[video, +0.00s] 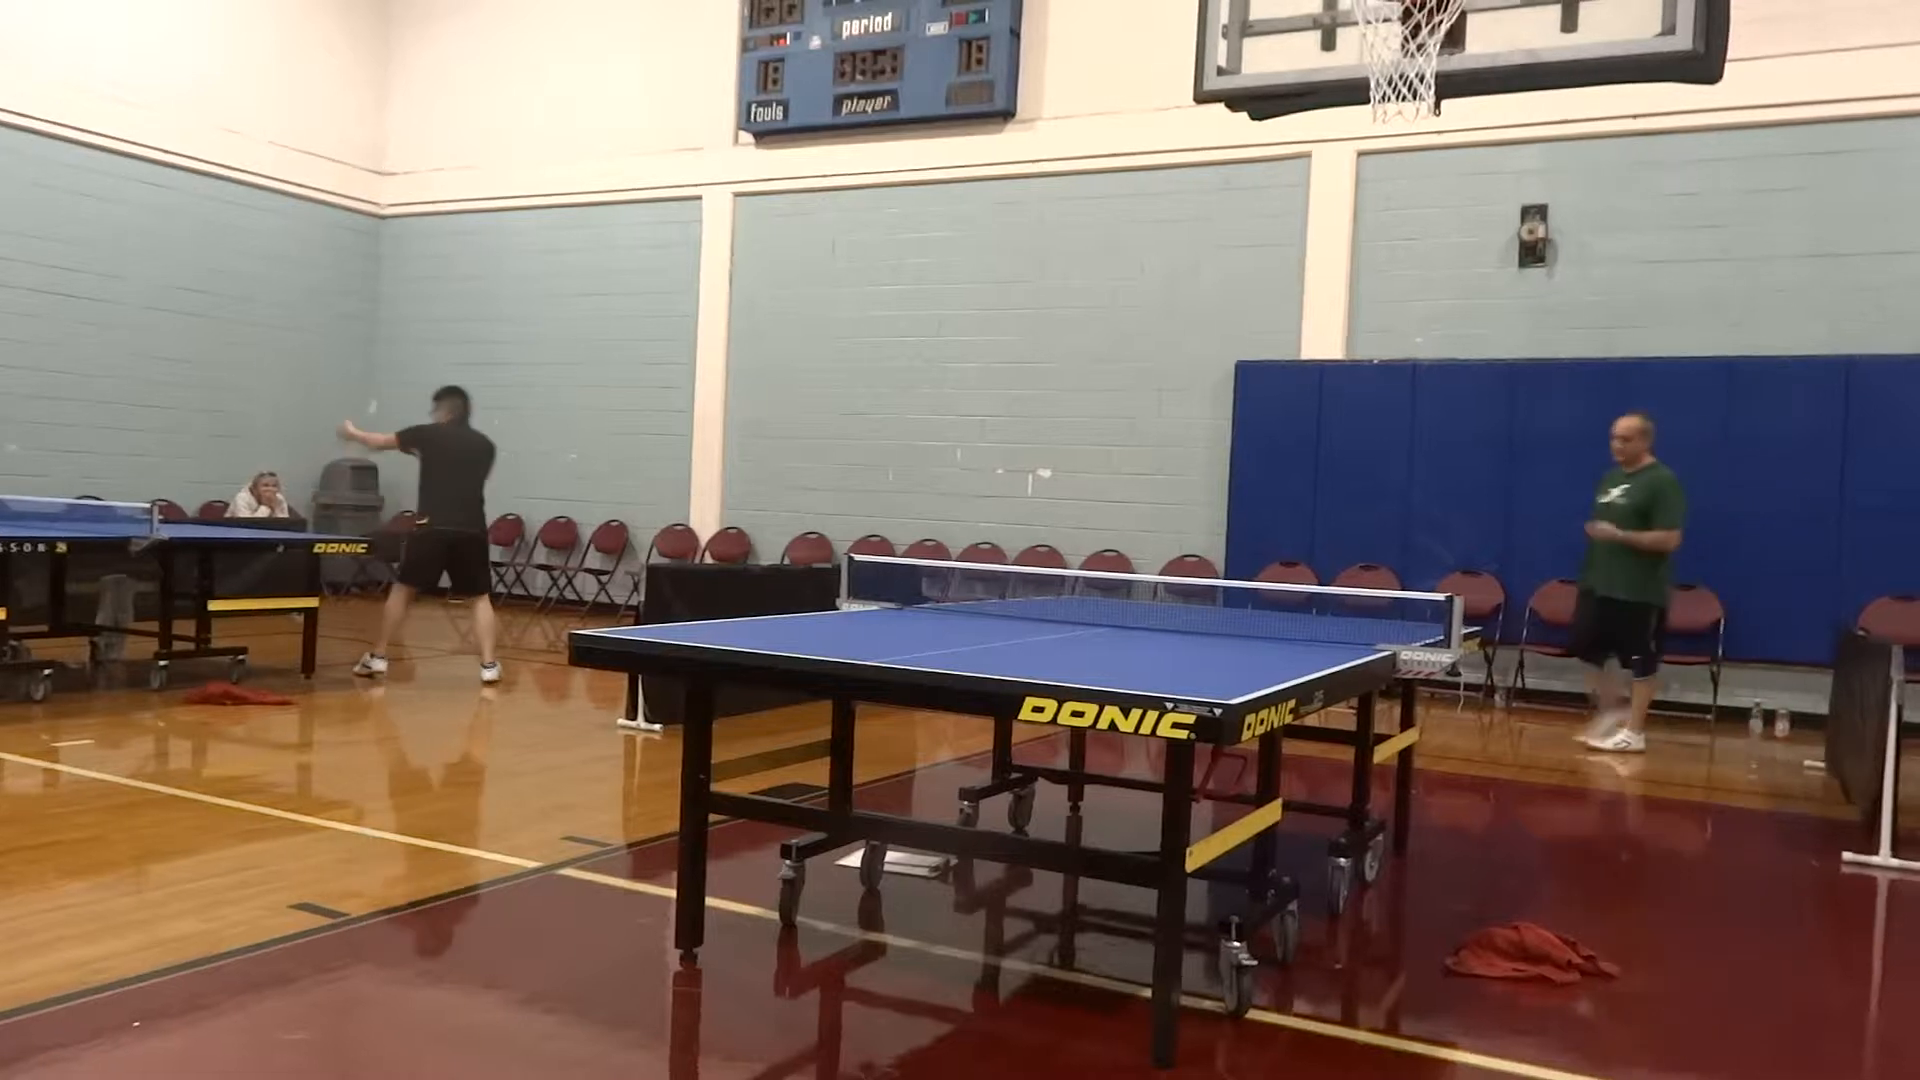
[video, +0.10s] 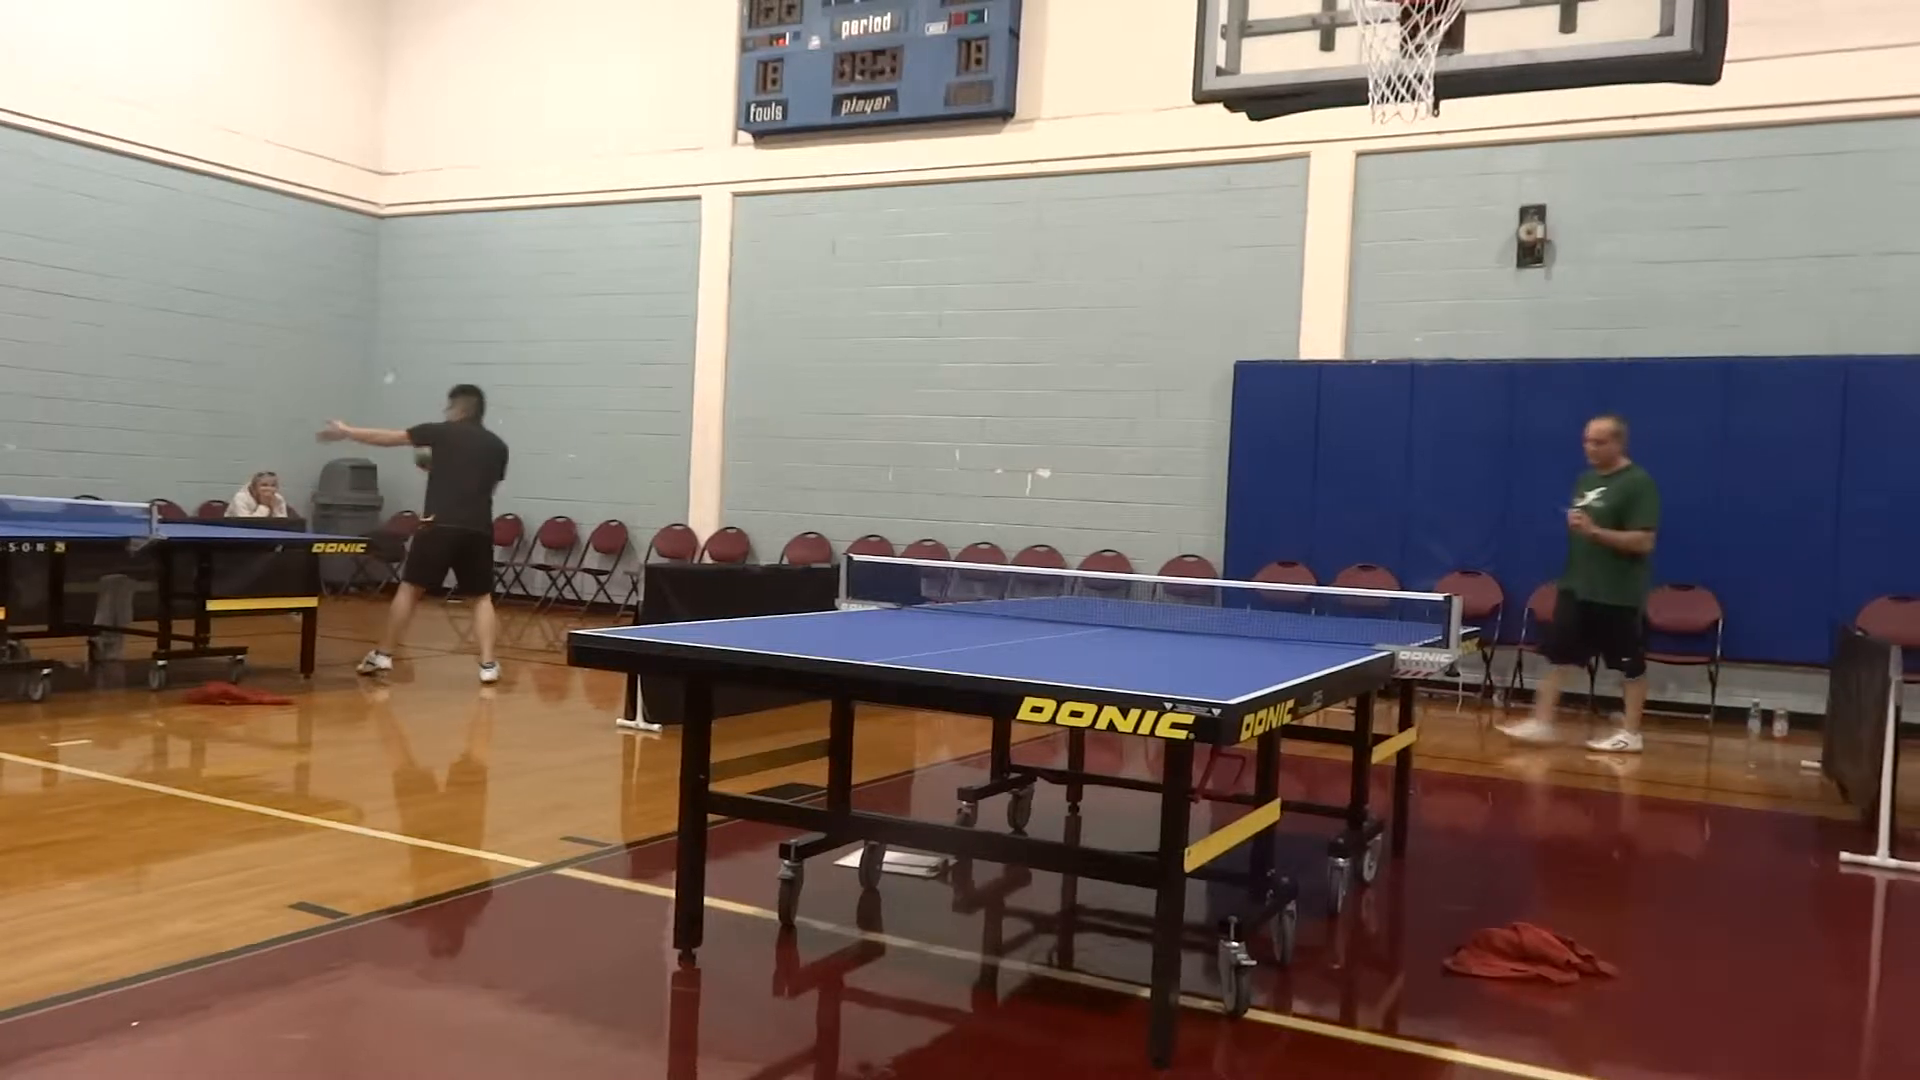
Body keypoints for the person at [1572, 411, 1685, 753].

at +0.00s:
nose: (1617, 445)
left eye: (1625, 440)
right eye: (1614, 438)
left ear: (1646, 443)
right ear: (1612, 440)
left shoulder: (1663, 482)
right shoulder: (1611, 476)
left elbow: (1671, 538)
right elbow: (1605, 525)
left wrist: (1617, 534)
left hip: (1641, 593)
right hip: (1601, 587)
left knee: (1641, 664)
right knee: (1592, 653)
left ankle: (1634, 731)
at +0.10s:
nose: (1590, 449)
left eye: (1599, 443)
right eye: (1587, 442)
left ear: (1619, 445)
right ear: (1585, 443)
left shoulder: (1639, 484)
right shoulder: (1586, 479)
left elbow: (1644, 541)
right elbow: (1582, 528)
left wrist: (1592, 531)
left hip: (1621, 595)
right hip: (1578, 589)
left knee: (1632, 666)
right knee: (1556, 656)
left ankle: (1631, 734)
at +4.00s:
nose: (1245, 442)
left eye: (1255, 434)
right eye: (1238, 432)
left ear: (1269, 434)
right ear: (1226, 429)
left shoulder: (1286, 478)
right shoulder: (1197, 468)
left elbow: (1298, 546)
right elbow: (1159, 526)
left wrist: (1291, 573)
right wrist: (1152, 585)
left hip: (1263, 596)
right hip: (1205, 592)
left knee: (1283, 666)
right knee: (1203, 671)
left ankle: (1289, 745)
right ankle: (1207, 757)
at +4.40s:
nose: (1242, 448)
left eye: (1252, 440)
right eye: (1235, 438)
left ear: (1265, 442)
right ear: (1222, 436)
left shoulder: (1284, 486)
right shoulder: (1193, 474)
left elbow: (1293, 557)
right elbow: (1149, 527)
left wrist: (1284, 584)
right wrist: (1124, 575)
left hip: (1258, 603)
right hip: (1201, 600)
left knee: (1287, 669)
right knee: (1199, 677)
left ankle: (1300, 747)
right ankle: (1207, 758)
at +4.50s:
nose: (1245, 445)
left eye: (1255, 437)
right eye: (1238, 435)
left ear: (1268, 441)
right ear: (1225, 435)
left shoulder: (1284, 484)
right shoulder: (1197, 475)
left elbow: (1296, 551)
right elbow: (1154, 527)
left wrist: (1290, 571)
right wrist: (1127, 580)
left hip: (1260, 602)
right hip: (1203, 598)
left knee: (1281, 673)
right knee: (1201, 676)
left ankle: (1300, 749)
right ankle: (1207, 759)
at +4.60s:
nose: (1252, 438)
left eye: (1262, 430)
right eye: (1245, 428)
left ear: (1273, 435)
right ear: (1230, 429)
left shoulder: (1291, 480)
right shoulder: (1202, 471)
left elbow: (1304, 548)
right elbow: (1159, 533)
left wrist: (1293, 545)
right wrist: (1142, 588)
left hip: (1266, 601)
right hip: (1206, 598)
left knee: (1294, 669)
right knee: (1202, 675)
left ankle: (1302, 749)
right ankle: (1207, 758)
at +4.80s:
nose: (1268, 413)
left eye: (1276, 405)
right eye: (1260, 404)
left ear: (1284, 410)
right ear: (1241, 408)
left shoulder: (1300, 457)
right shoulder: (1212, 454)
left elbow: (1316, 520)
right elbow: (1182, 521)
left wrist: (1326, 518)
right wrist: (1215, 564)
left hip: (1278, 583)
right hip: (1219, 582)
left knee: (1298, 661)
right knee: (1214, 664)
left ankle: (1301, 748)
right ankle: (1210, 756)